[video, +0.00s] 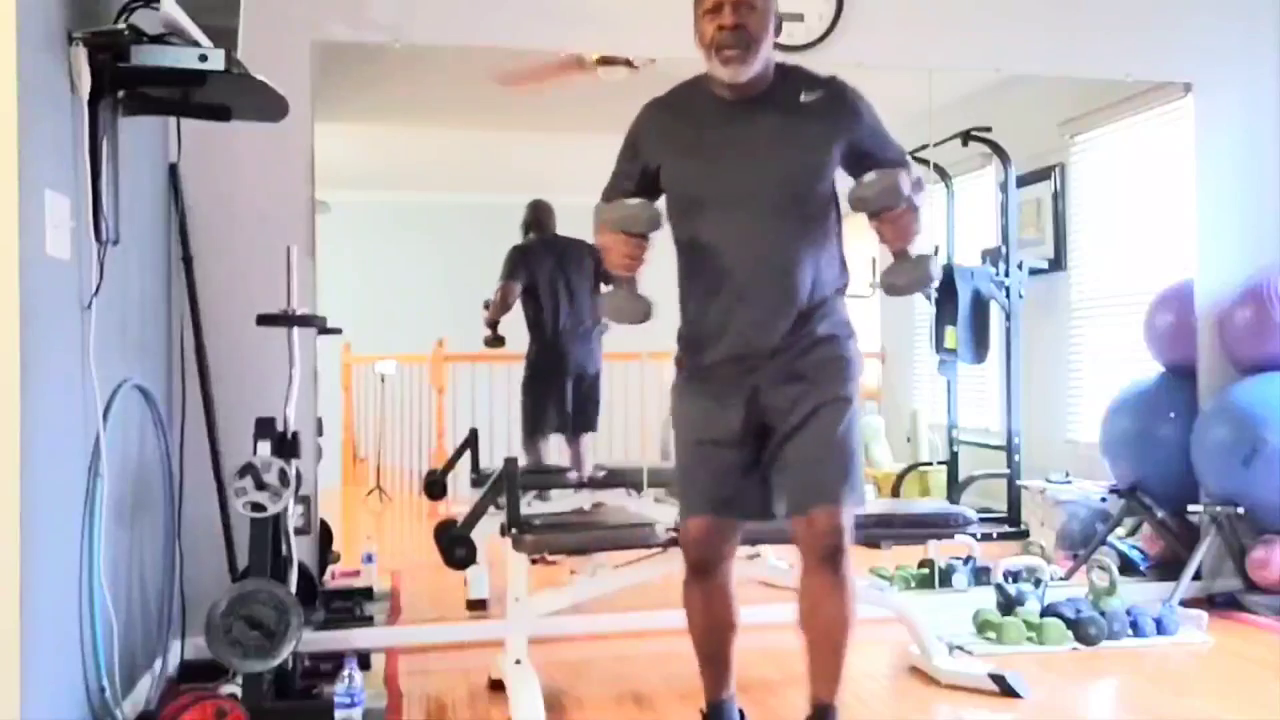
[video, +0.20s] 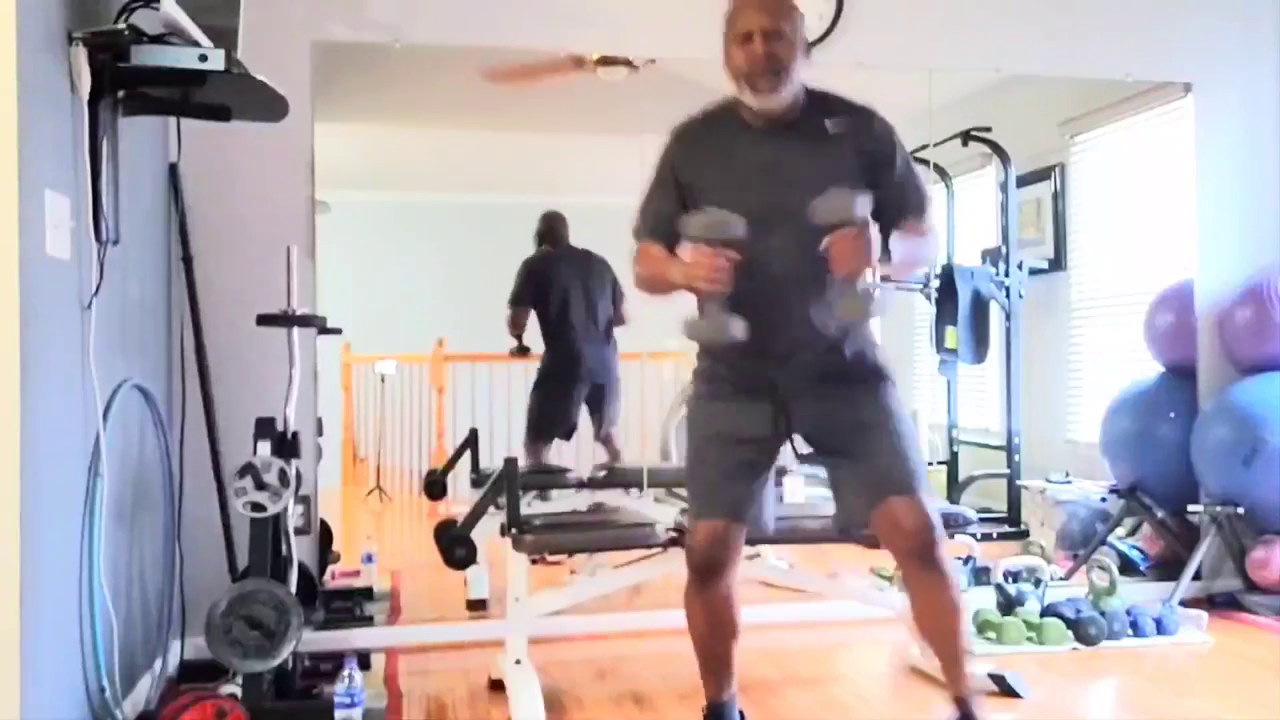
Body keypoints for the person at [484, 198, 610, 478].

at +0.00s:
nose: (528, 229)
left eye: (526, 225)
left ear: (527, 225)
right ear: (554, 223)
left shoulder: (523, 253)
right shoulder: (584, 249)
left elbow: (508, 297)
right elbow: (618, 279)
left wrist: (492, 316)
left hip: (548, 355)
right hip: (587, 355)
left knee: (533, 433)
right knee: (577, 432)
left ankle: (540, 493)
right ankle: (580, 493)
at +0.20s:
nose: (537, 239)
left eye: (538, 235)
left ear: (540, 236)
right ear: (567, 234)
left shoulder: (535, 265)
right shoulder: (598, 263)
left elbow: (518, 321)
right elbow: (620, 316)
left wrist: (520, 342)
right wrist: (590, 321)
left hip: (563, 365)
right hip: (603, 364)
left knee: (536, 443)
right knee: (607, 432)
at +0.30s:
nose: (547, 263)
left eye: (548, 258)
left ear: (551, 259)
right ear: (578, 257)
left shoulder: (548, 286)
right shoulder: (605, 284)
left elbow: (532, 339)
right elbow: (620, 329)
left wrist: (532, 359)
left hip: (573, 381)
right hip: (613, 380)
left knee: (530, 448)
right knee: (621, 449)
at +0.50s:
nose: (567, 276)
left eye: (569, 272)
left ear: (571, 273)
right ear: (599, 273)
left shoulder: (575, 300)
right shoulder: (627, 299)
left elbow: (557, 354)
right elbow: (643, 347)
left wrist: (543, 355)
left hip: (598, 393)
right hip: (637, 391)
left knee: (539, 449)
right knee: (629, 453)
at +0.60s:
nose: (574, 258)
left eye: (575, 254)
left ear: (579, 255)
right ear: (605, 254)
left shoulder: (586, 280)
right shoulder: (636, 282)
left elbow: (573, 334)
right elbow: (660, 331)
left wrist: (550, 344)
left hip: (609, 374)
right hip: (647, 375)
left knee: (559, 443)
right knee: (633, 442)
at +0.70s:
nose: (578, 246)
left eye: (578, 241)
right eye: (579, 242)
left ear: (583, 240)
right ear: (608, 238)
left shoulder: (592, 261)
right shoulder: (644, 263)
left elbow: (592, 304)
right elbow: (673, 308)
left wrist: (560, 329)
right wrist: (641, 320)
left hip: (614, 360)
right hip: (652, 361)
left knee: (572, 432)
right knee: (640, 437)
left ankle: (578, 503)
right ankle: (659, 507)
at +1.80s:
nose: (536, 236)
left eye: (537, 232)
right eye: (539, 233)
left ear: (539, 231)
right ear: (565, 230)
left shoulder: (535, 257)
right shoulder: (596, 256)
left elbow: (523, 305)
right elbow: (626, 304)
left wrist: (506, 320)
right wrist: (599, 315)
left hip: (555, 355)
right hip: (596, 355)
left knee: (533, 430)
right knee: (598, 424)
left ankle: (532, 492)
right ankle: (601, 477)